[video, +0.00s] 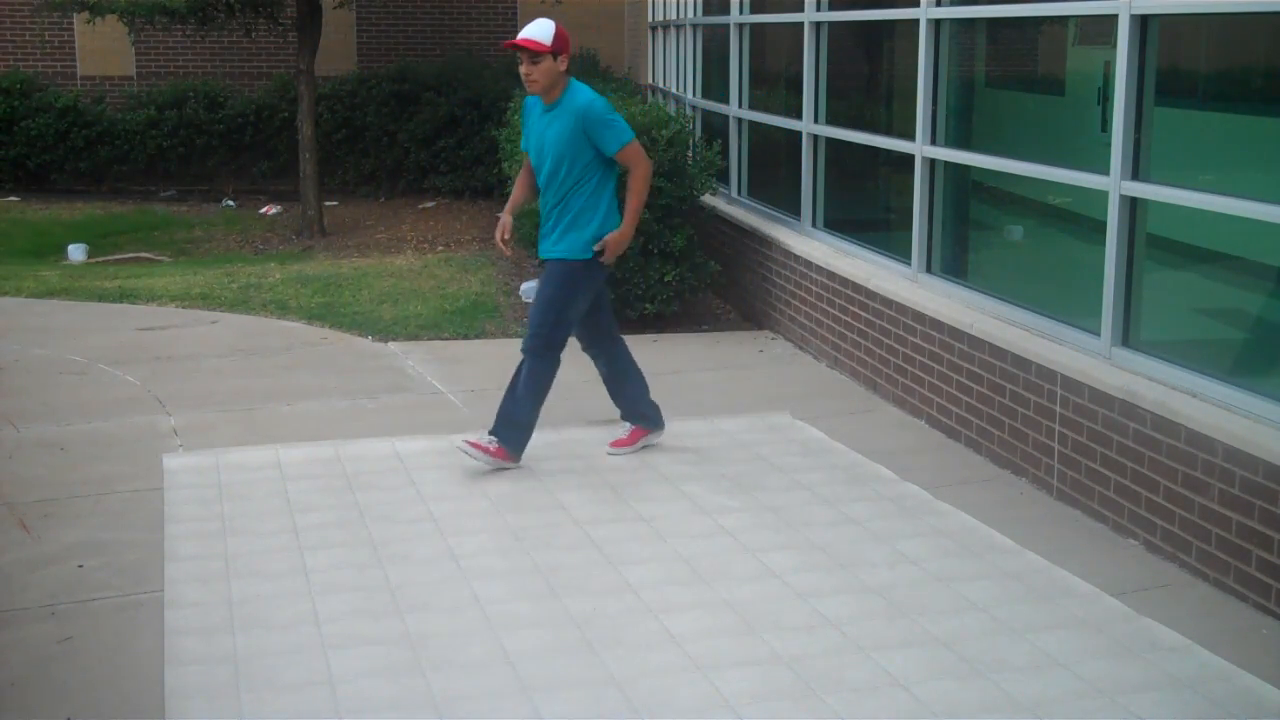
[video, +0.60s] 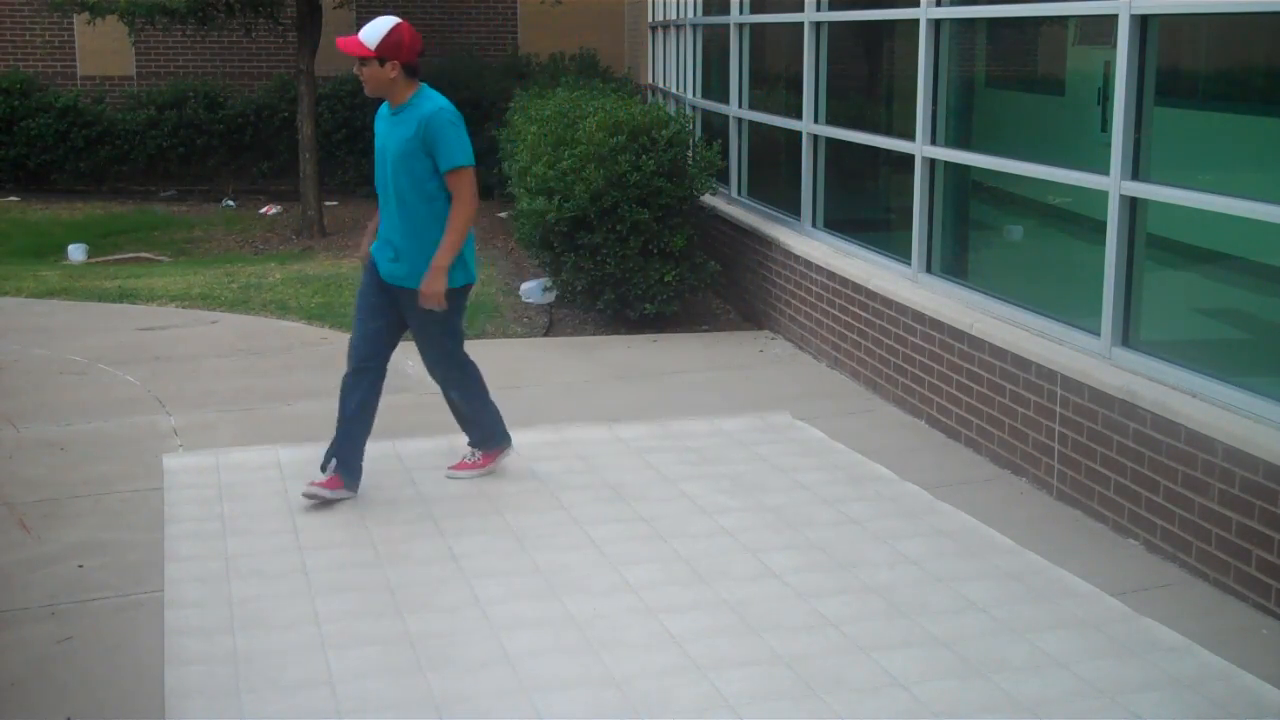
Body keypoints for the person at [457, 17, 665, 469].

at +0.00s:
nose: (525, 70)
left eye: (535, 61)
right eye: (521, 61)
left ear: (562, 62)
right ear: (519, 62)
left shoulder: (588, 106)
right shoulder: (532, 104)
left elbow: (640, 165)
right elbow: (531, 165)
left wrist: (626, 231)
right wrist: (509, 209)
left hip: (584, 245)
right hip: (558, 244)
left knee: (542, 342)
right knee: (600, 338)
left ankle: (507, 442)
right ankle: (645, 418)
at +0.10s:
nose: (496, 68)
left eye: (507, 60)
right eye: (494, 59)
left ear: (535, 64)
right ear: (494, 61)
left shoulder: (561, 109)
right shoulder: (506, 103)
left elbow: (611, 169)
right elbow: (519, 165)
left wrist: (601, 236)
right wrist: (505, 211)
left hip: (554, 250)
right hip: (524, 247)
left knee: (520, 344)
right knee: (555, 341)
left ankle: (499, 447)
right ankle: (620, 404)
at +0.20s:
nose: (463, 61)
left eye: (473, 55)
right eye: (464, 53)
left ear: (503, 64)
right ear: (485, 62)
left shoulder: (533, 106)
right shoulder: (481, 97)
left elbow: (582, 167)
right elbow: (507, 166)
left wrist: (583, 236)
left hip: (531, 249)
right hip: (495, 242)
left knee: (506, 345)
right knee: (488, 338)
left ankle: (499, 449)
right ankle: (572, 391)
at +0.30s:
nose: (437, 55)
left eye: (445, 49)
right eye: (439, 48)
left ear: (472, 60)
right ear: (466, 59)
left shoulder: (508, 103)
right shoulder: (462, 93)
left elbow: (556, 165)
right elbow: (494, 164)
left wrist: (565, 232)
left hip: (505, 252)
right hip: (469, 244)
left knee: (495, 349)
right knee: (448, 334)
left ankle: (499, 448)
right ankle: (503, 412)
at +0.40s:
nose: (412, 56)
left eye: (420, 50)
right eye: (413, 48)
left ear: (446, 59)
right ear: (439, 58)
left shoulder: (486, 107)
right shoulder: (438, 98)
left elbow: (526, 177)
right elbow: (460, 175)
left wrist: (536, 247)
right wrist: (445, 231)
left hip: (485, 258)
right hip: (442, 250)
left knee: (486, 355)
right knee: (416, 344)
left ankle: (499, 450)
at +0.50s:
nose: (385, 62)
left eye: (393, 56)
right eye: (387, 54)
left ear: (420, 64)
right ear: (414, 64)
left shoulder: (463, 114)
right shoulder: (412, 107)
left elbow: (494, 194)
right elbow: (428, 187)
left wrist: (493, 263)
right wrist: (419, 243)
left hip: (458, 269)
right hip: (417, 262)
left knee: (476, 362)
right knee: (390, 358)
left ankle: (497, 448)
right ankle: (350, 455)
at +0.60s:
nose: (356, 70)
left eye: (364, 63)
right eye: (358, 61)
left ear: (392, 68)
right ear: (385, 67)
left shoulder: (439, 116)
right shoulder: (384, 113)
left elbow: (467, 200)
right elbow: (397, 189)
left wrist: (439, 269)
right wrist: (374, 233)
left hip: (435, 273)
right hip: (386, 265)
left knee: (446, 363)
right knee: (363, 363)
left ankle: (492, 441)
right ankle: (342, 472)